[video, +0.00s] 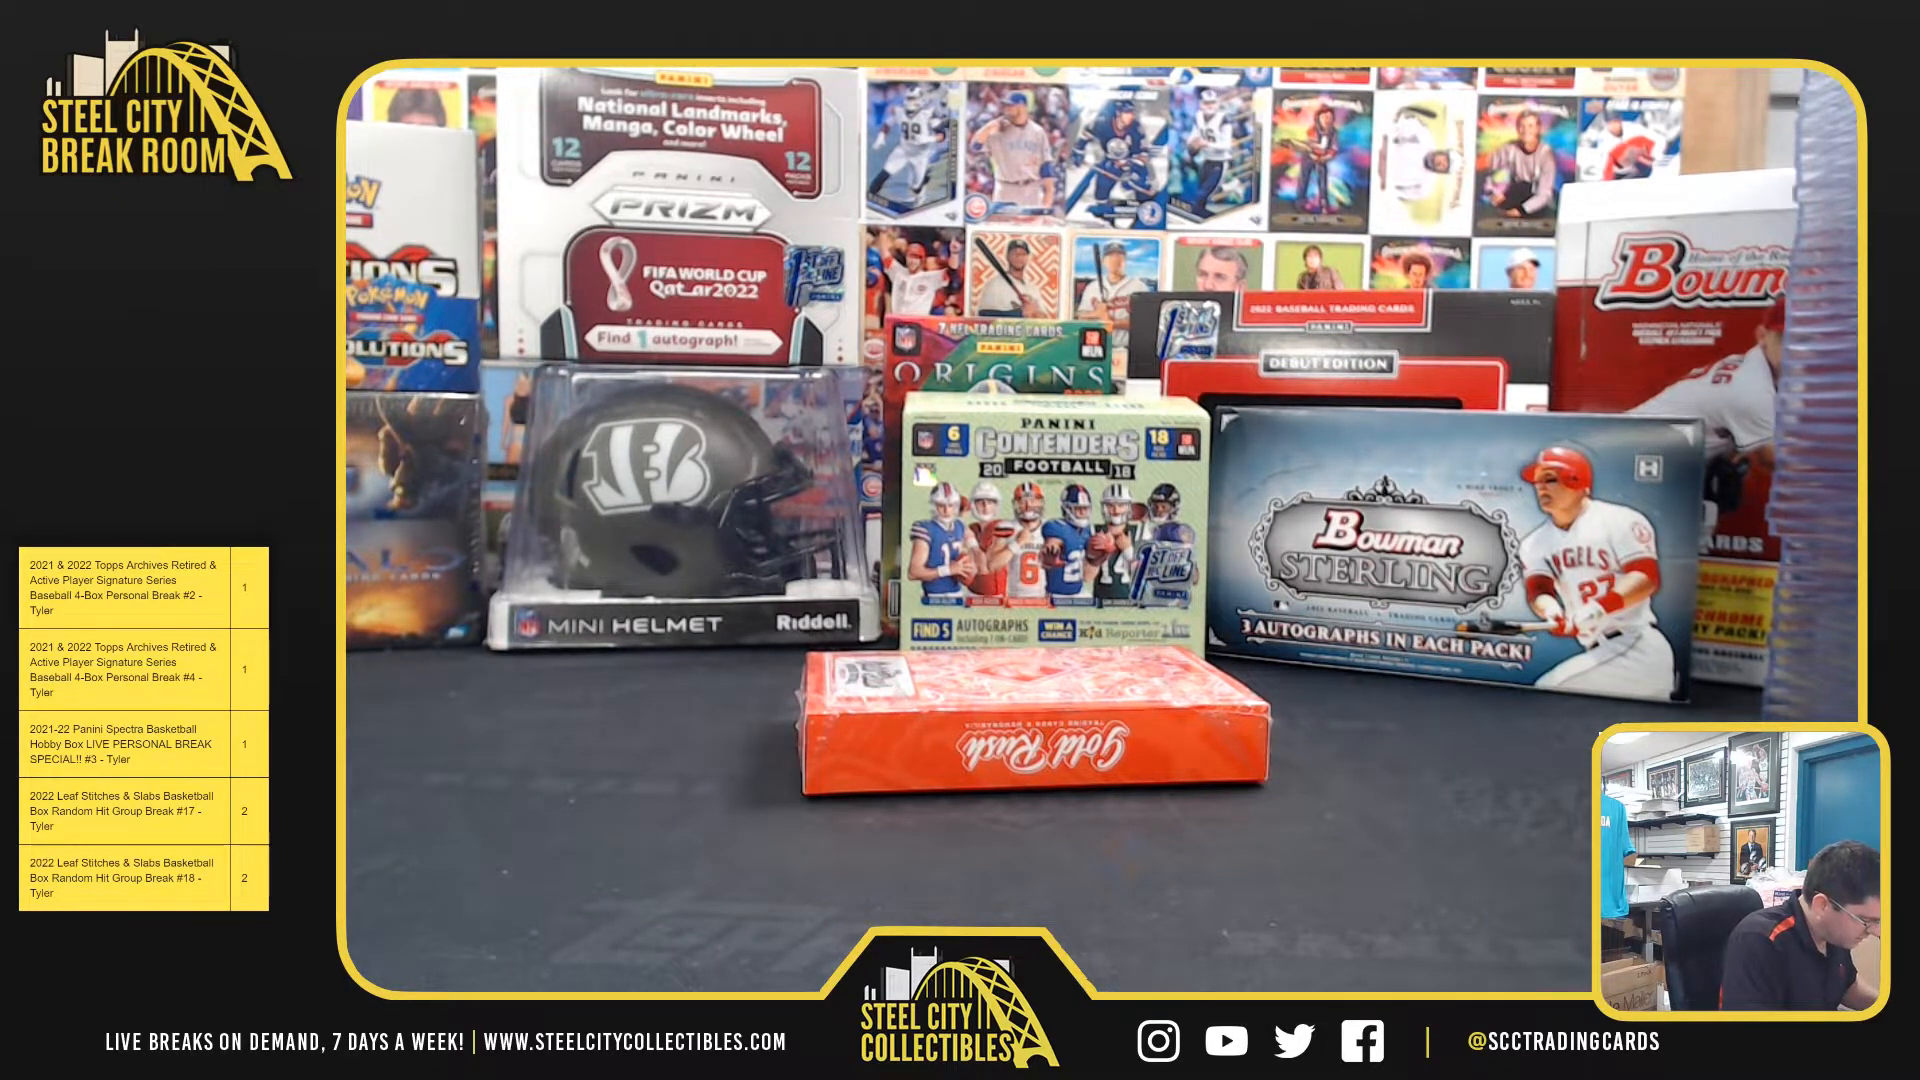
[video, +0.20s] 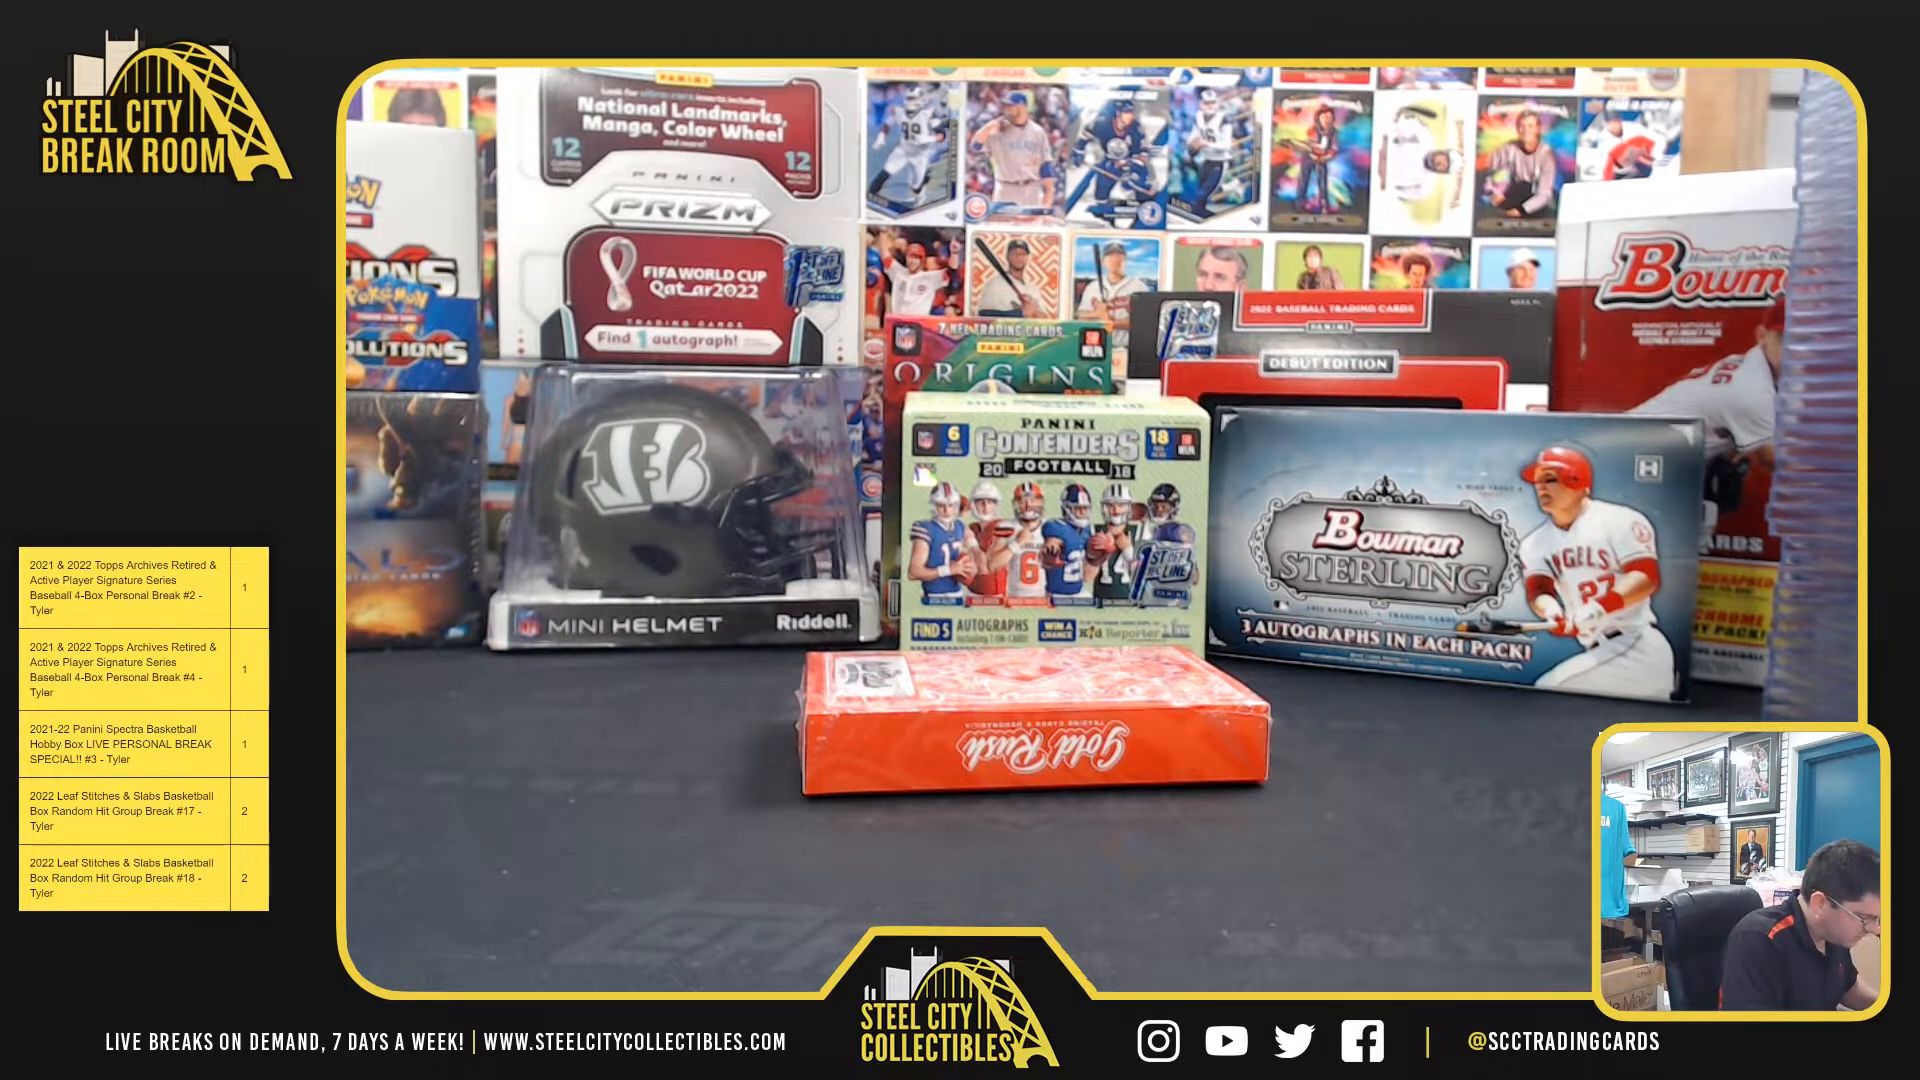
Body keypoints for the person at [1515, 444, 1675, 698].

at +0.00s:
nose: (1540, 490)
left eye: (1550, 481)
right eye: (1537, 484)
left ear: (1578, 484)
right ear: (1533, 488)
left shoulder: (1624, 521)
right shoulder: (1534, 545)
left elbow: (1646, 577)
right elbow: (1538, 592)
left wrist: (1598, 608)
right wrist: (1554, 614)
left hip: (1638, 647)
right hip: (1598, 651)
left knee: (1546, 693)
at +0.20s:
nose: (1540, 490)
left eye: (1550, 481)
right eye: (1537, 484)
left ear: (1578, 484)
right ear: (1533, 488)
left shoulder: (1624, 521)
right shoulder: (1534, 545)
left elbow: (1646, 577)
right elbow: (1538, 591)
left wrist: (1598, 608)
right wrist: (1554, 614)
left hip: (1638, 647)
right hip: (1598, 651)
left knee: (1546, 692)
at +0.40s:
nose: (1540, 490)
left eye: (1549, 480)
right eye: (1537, 483)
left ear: (1578, 484)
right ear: (1533, 488)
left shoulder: (1624, 521)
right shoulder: (1534, 545)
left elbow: (1646, 577)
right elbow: (1538, 591)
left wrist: (1599, 608)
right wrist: (1553, 613)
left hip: (1638, 649)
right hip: (1599, 652)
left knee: (1546, 692)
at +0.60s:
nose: (1540, 490)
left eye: (1549, 480)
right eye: (1537, 483)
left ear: (1578, 484)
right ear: (1533, 488)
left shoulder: (1624, 521)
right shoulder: (1534, 545)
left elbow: (1646, 577)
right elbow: (1538, 591)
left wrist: (1599, 608)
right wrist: (1553, 613)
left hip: (1638, 649)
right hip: (1599, 652)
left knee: (1546, 692)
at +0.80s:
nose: (1540, 490)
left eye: (1550, 481)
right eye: (1537, 483)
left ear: (1578, 484)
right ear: (1533, 488)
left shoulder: (1624, 521)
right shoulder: (1534, 545)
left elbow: (1646, 577)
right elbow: (1539, 591)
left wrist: (1599, 608)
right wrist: (1554, 614)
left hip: (1638, 648)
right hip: (1599, 652)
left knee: (1546, 693)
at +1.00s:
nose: (1540, 490)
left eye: (1550, 481)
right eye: (1537, 484)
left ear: (1578, 484)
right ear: (1533, 488)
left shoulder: (1624, 521)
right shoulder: (1534, 545)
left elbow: (1646, 577)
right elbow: (1539, 591)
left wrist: (1599, 608)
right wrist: (1554, 614)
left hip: (1638, 648)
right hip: (1599, 652)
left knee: (1546, 692)